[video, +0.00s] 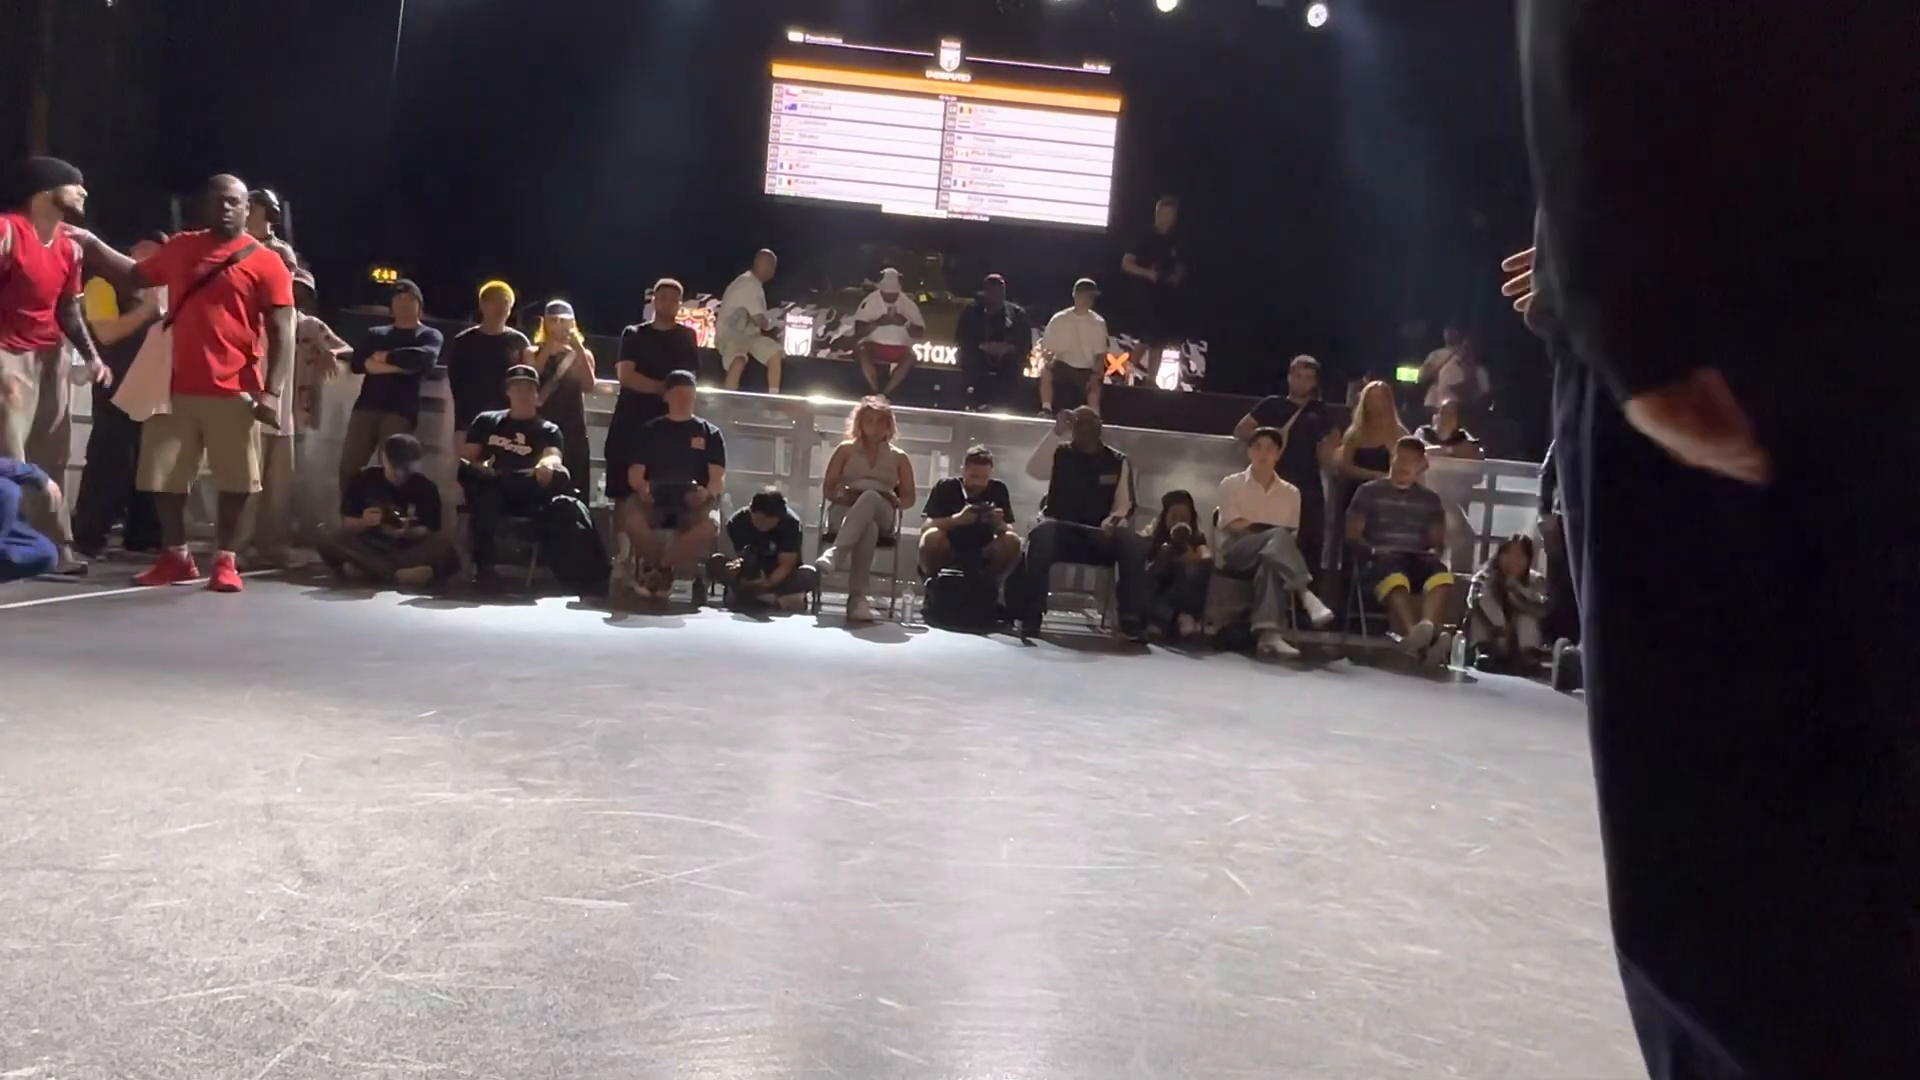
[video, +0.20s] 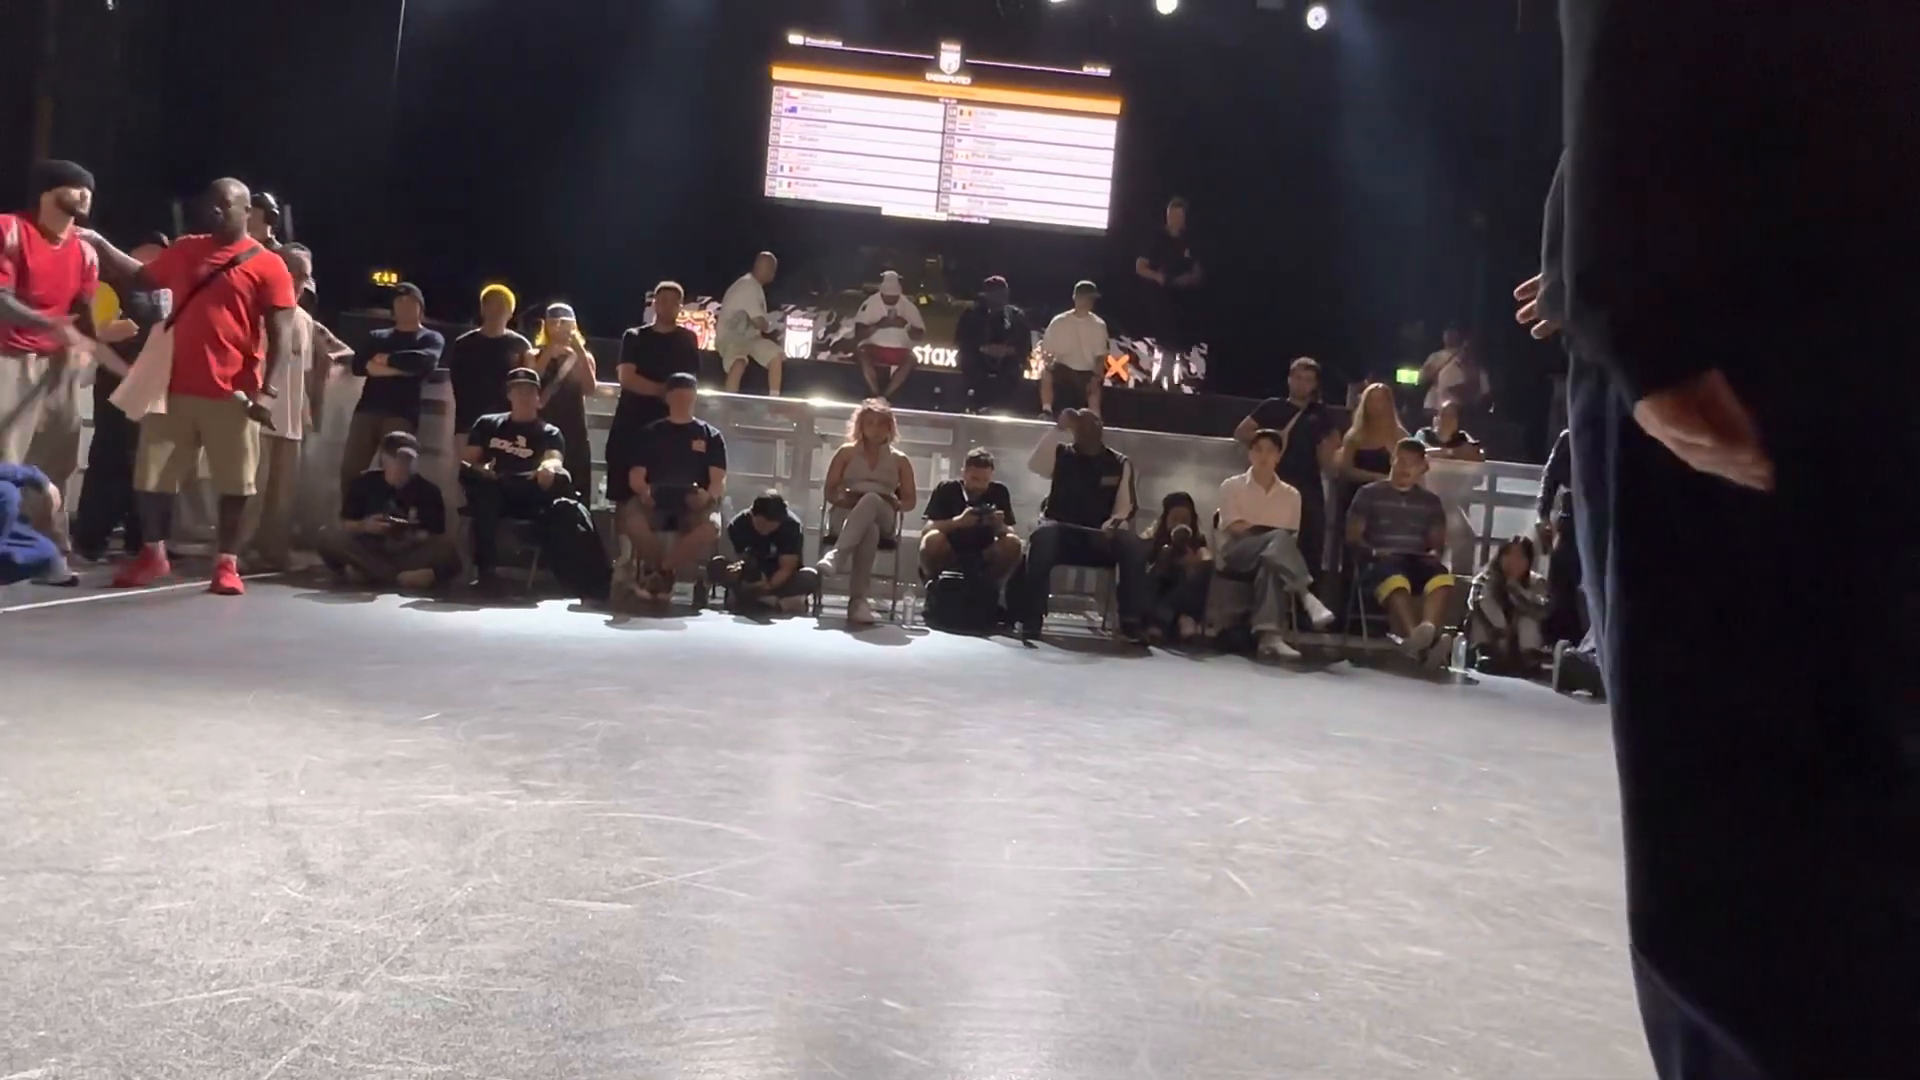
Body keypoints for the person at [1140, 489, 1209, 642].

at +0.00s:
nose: (1179, 522)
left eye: (1184, 517)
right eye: (1174, 516)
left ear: (1192, 517)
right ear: (1164, 516)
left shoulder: (1197, 539)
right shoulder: (1151, 539)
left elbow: (1207, 558)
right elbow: (1148, 572)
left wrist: (1191, 555)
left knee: (1196, 568)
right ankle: (1185, 616)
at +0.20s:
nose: (1180, 525)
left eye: (1185, 519)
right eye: (1175, 519)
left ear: (1193, 520)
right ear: (1165, 518)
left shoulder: (1197, 542)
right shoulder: (1150, 541)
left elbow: (1208, 562)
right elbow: (1148, 576)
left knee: (1198, 570)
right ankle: (1186, 618)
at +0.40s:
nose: (1178, 525)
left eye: (1183, 519)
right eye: (1173, 519)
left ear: (1190, 520)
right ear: (1163, 519)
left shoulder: (1195, 542)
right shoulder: (1150, 541)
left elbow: (1205, 564)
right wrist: (1165, 555)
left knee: (1197, 570)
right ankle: (1185, 619)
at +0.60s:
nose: (1174, 525)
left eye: (1179, 520)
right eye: (1169, 520)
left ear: (1187, 520)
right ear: (1159, 519)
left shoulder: (1192, 541)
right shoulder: (1145, 541)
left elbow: (1202, 562)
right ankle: (1181, 619)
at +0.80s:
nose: (1171, 524)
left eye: (1176, 519)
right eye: (1165, 519)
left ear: (1183, 519)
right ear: (1156, 519)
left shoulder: (1189, 540)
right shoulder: (1142, 541)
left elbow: (1199, 560)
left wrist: (1181, 559)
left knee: (1196, 567)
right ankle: (1177, 618)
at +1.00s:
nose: (1168, 526)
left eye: (1173, 520)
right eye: (1163, 520)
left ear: (1181, 520)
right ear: (1153, 520)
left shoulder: (1187, 542)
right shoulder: (1140, 542)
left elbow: (1197, 561)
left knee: (1193, 568)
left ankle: (1184, 620)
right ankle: (1174, 619)